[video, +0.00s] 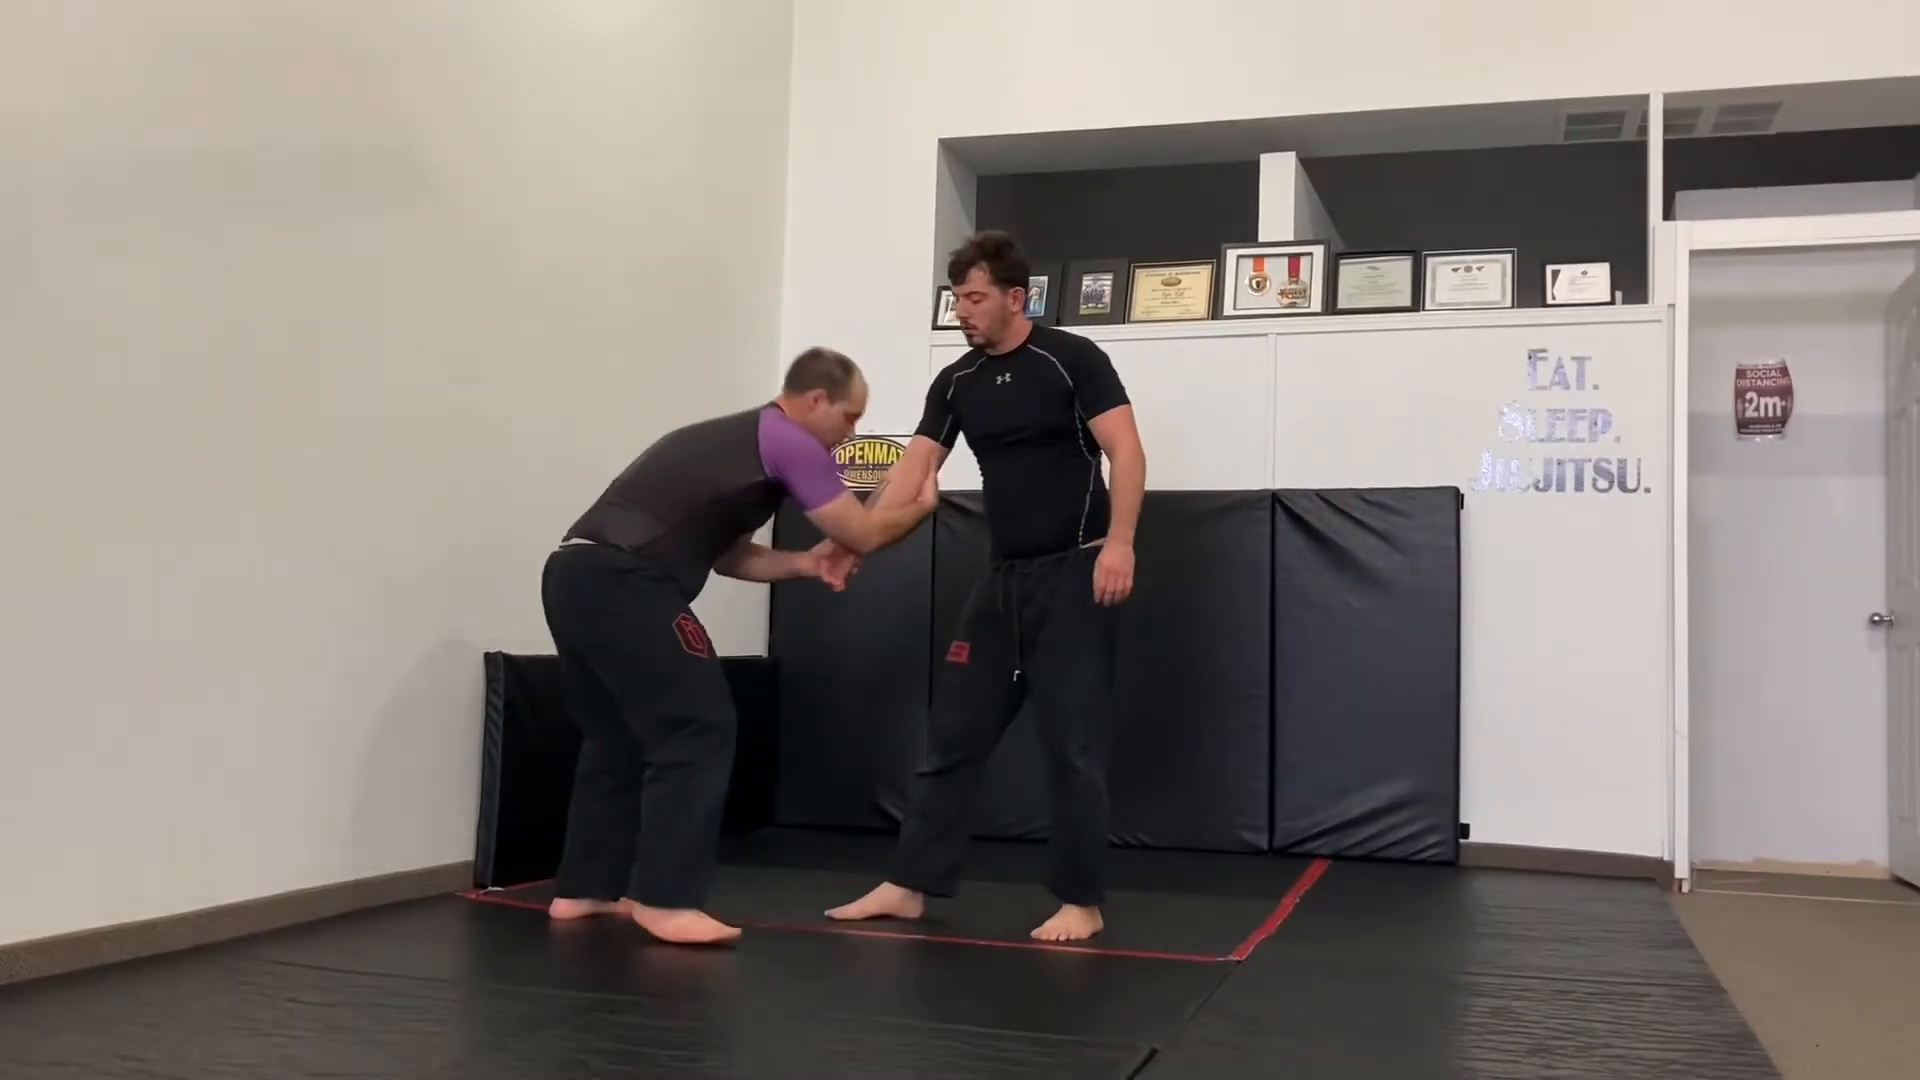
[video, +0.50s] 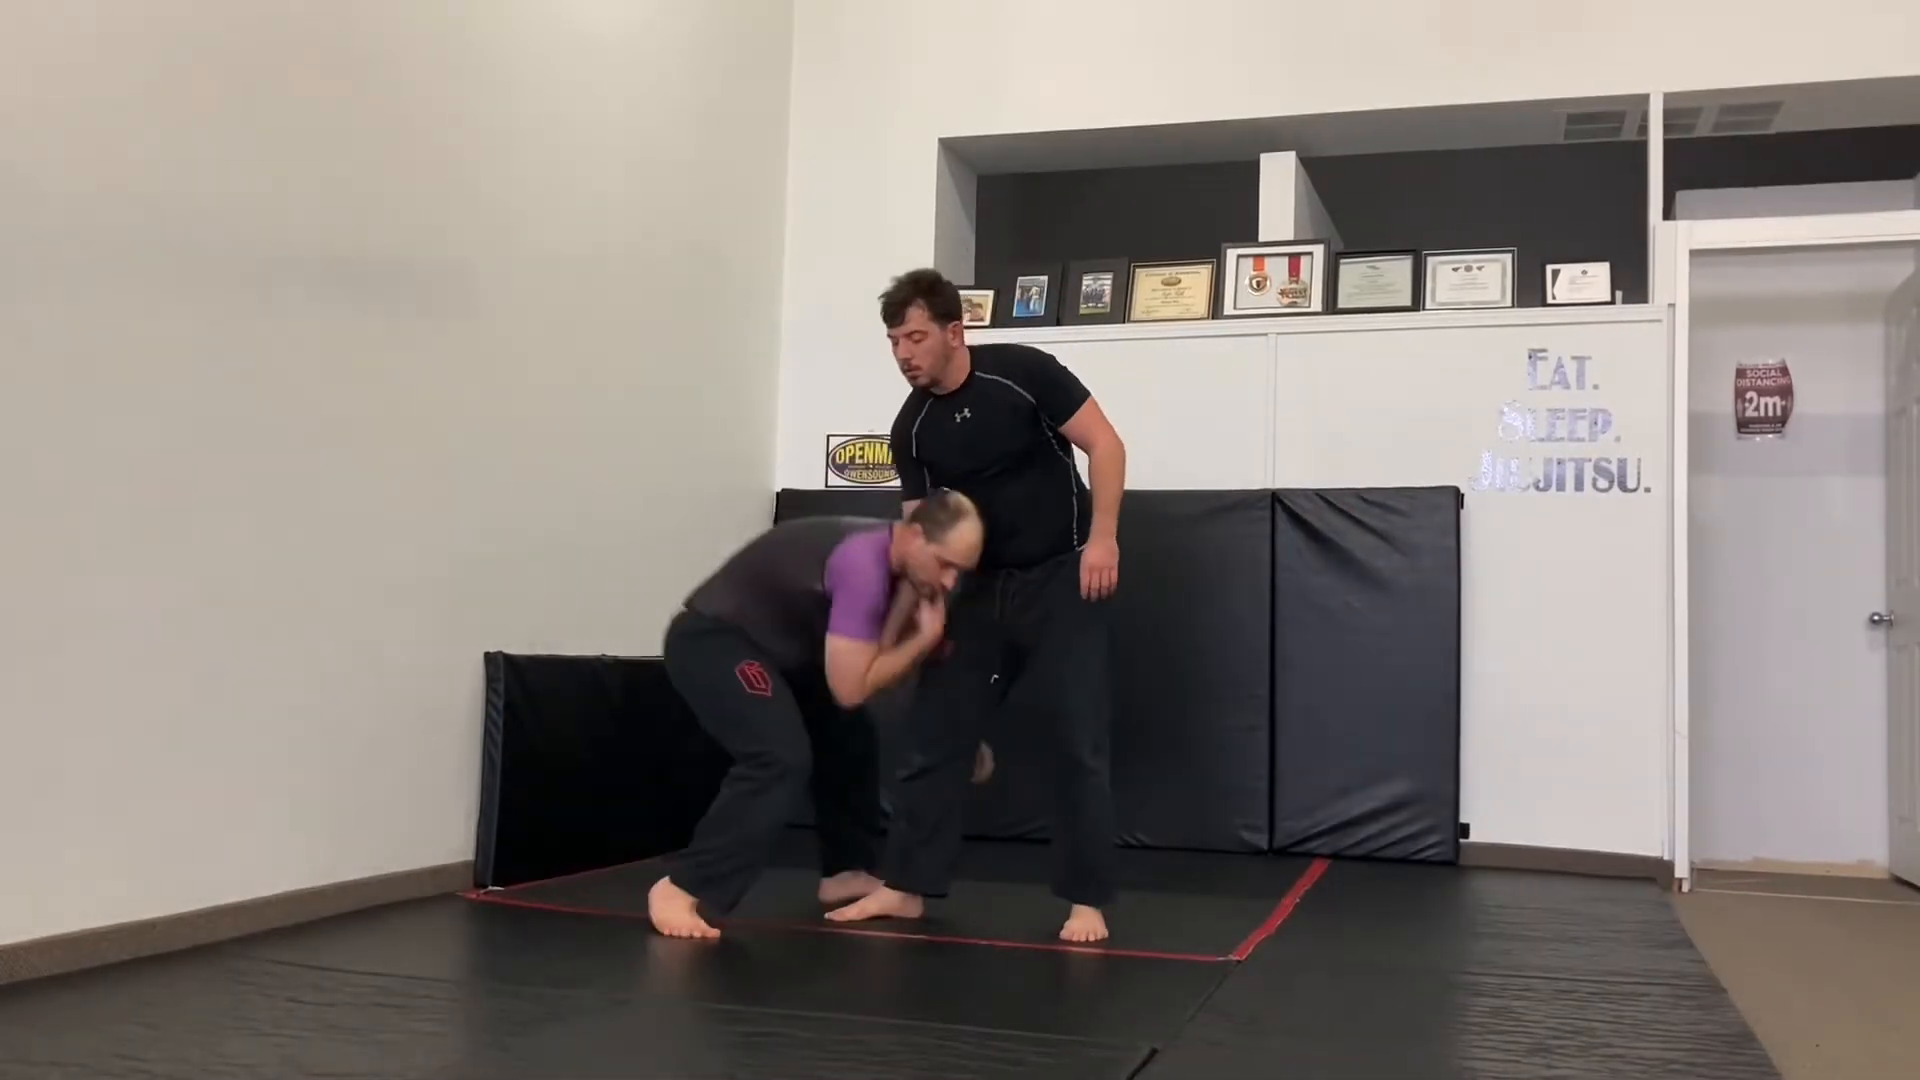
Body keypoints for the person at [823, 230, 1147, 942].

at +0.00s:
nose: (961, 310)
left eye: (974, 297)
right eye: (957, 298)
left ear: (1017, 296)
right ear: (957, 301)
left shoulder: (1074, 359)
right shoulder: (955, 383)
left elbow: (1128, 451)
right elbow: (911, 475)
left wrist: (1120, 544)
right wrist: (858, 539)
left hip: (1076, 571)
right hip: (1004, 577)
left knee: (1073, 739)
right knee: (957, 728)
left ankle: (1082, 903)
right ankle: (909, 884)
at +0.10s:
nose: (947, 309)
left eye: (959, 296)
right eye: (944, 297)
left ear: (1002, 296)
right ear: (950, 302)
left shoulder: (1061, 356)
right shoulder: (941, 385)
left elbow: (1118, 448)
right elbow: (901, 484)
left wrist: (1125, 541)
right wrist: (847, 557)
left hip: (1069, 569)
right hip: (993, 575)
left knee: (1067, 736)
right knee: (944, 727)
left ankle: (1081, 903)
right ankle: (907, 883)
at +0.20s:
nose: (935, 310)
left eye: (946, 297)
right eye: (929, 299)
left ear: (989, 296)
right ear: (931, 303)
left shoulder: (1050, 355)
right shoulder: (928, 388)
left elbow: (1112, 445)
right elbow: (897, 488)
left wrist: (1125, 536)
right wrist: (846, 557)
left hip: (1062, 569)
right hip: (986, 575)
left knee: (1064, 735)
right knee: (936, 727)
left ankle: (1080, 900)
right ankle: (907, 884)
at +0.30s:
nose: (921, 320)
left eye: (933, 306)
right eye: (915, 308)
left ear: (975, 304)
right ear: (914, 312)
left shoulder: (1037, 359)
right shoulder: (917, 401)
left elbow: (1108, 442)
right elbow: (886, 501)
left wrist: (1120, 532)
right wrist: (841, 578)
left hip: (1063, 569)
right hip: (986, 576)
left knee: (1067, 732)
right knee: (935, 723)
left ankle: (1083, 900)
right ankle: (905, 885)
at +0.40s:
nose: (909, 337)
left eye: (922, 323)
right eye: (903, 325)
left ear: (963, 319)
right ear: (899, 328)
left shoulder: (1028, 368)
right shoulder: (909, 420)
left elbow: (1108, 443)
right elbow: (907, 542)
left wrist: (1112, 533)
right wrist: (858, 617)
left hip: (1062, 577)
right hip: (984, 583)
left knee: (1073, 738)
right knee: (932, 729)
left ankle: (1085, 903)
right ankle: (906, 886)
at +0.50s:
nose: (903, 352)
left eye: (914, 338)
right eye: (895, 340)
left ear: (955, 331)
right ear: (893, 341)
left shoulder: (1026, 372)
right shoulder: (910, 429)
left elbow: (1106, 445)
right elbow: (919, 530)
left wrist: (1104, 538)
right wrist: (913, 616)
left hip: (1059, 580)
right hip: (971, 589)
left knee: (1077, 738)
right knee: (933, 733)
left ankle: (1087, 901)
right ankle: (907, 886)